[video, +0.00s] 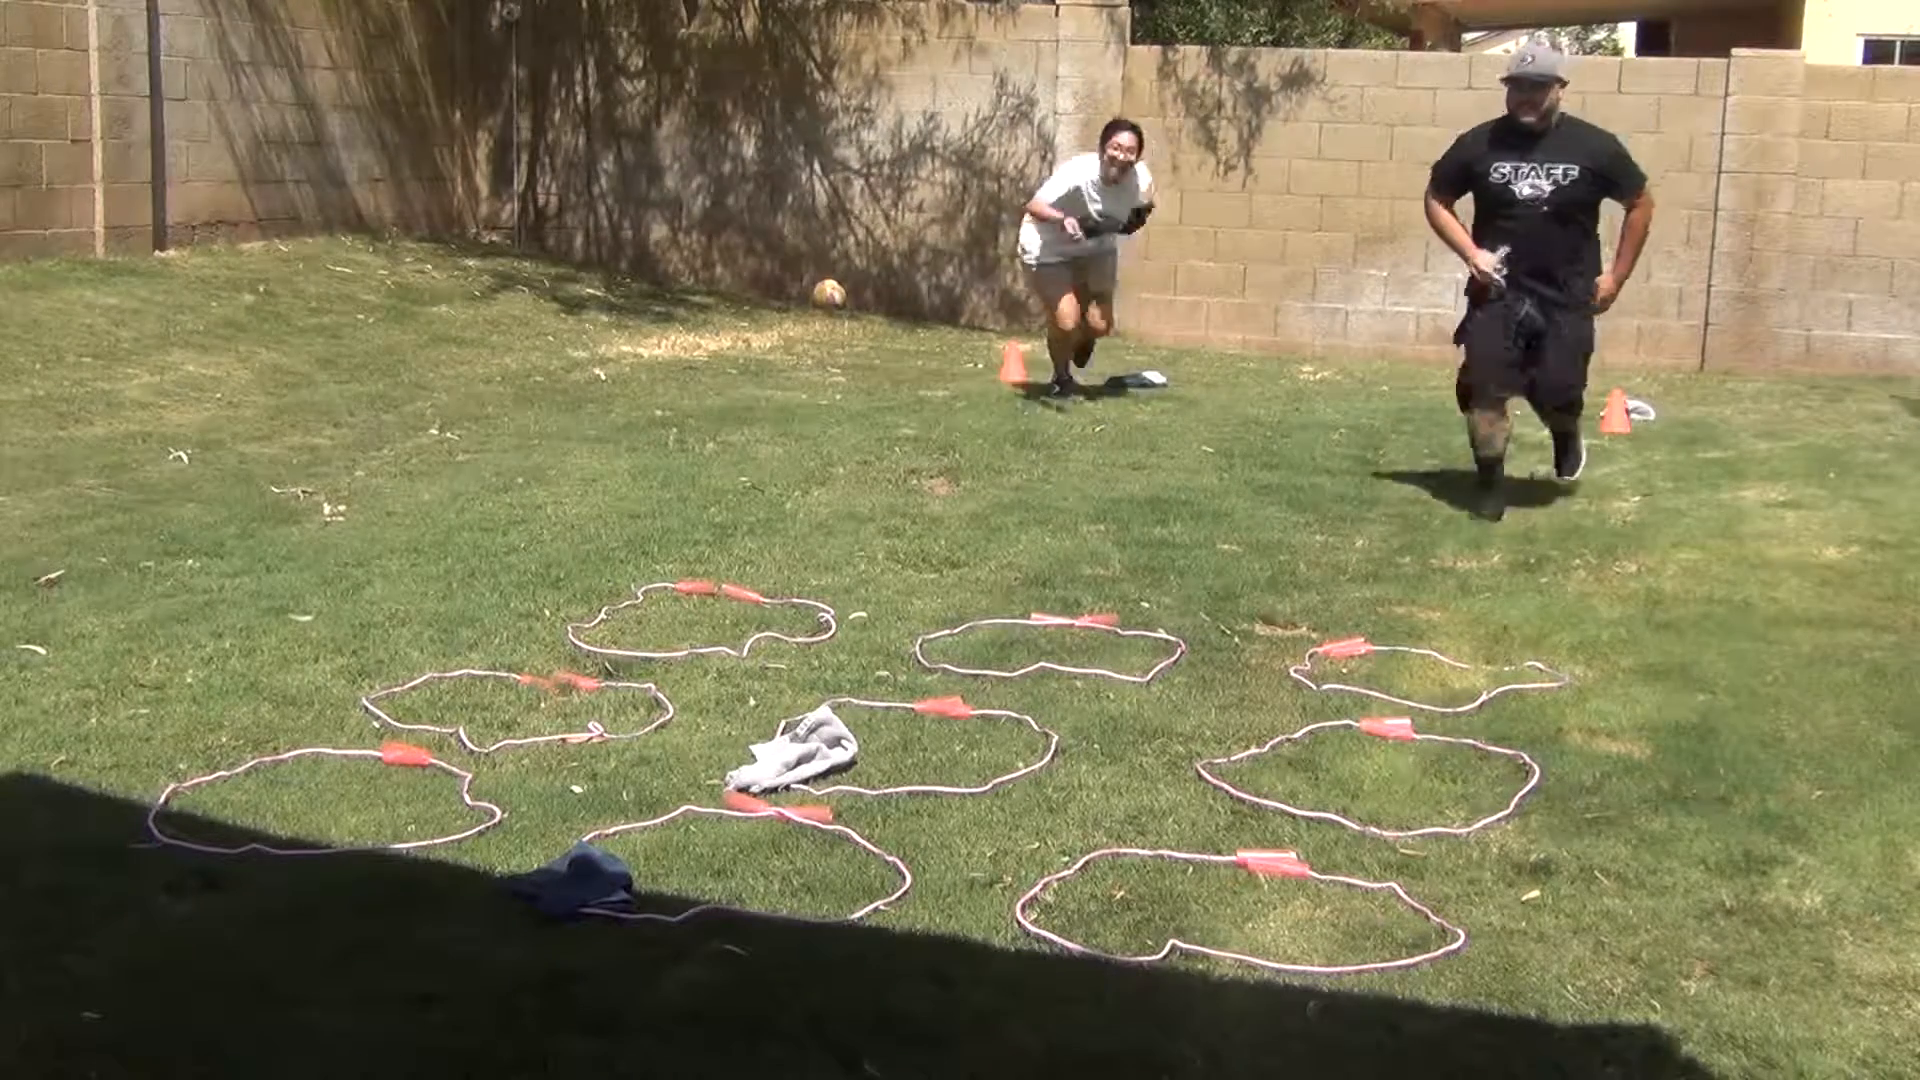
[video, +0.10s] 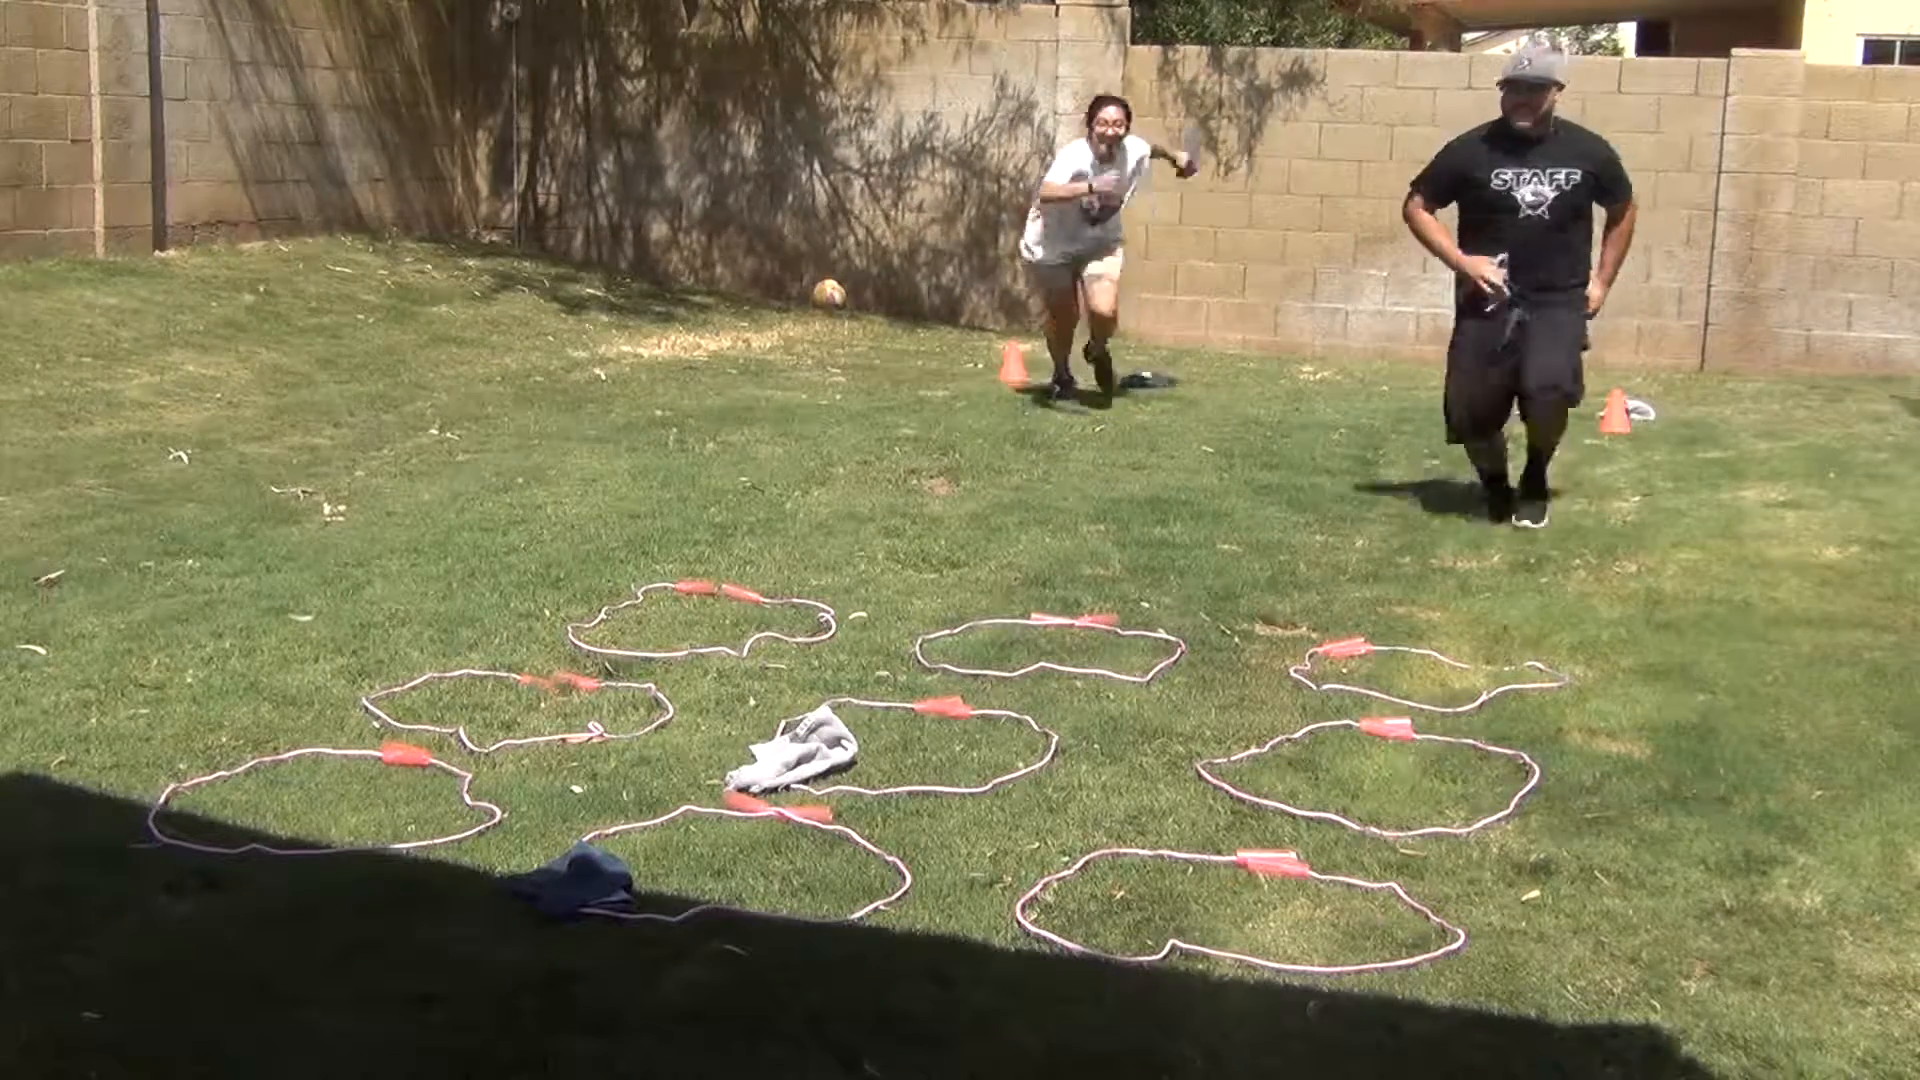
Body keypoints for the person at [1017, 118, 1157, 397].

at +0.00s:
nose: (1121, 157)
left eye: (1129, 152)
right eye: (1116, 148)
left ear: (1137, 157)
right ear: (1102, 149)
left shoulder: (1140, 178)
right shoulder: (1077, 173)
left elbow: (1145, 205)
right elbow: (1033, 206)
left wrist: (1135, 222)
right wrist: (1062, 218)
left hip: (1097, 247)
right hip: (1049, 248)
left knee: (1100, 325)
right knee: (1067, 320)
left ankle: (1084, 338)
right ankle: (1061, 376)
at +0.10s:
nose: (1110, 130)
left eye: (1117, 124)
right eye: (1103, 123)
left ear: (1126, 129)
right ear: (1091, 126)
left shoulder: (1132, 150)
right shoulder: (1074, 154)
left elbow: (1154, 150)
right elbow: (1045, 194)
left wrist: (1176, 159)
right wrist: (1090, 187)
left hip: (1101, 244)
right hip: (1053, 247)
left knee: (1105, 312)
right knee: (1064, 315)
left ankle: (1097, 350)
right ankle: (1061, 373)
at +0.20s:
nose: (1108, 113)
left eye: (1115, 105)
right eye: (1100, 105)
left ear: (1126, 109)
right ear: (1087, 108)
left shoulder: (1138, 134)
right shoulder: (1071, 140)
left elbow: (1165, 153)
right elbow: (1039, 198)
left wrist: (1198, 174)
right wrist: (1080, 198)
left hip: (1106, 231)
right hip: (1058, 236)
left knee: (1104, 306)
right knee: (1057, 313)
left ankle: (1101, 391)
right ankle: (1060, 368)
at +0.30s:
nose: (1103, 110)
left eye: (1111, 103)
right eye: (1096, 103)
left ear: (1123, 108)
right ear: (1084, 107)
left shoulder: (1141, 148)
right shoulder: (1062, 148)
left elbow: (1168, 190)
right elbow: (1032, 204)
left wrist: (1193, 239)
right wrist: (1044, 243)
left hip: (1111, 250)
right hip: (1063, 253)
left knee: (1106, 333)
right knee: (1072, 339)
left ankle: (1093, 408)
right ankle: (1054, 339)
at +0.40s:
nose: (1098, 109)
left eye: (1106, 101)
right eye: (1090, 101)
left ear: (1118, 107)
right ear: (1079, 106)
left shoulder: (1134, 153)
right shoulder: (1052, 145)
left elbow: (1157, 217)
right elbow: (1027, 189)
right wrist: (1024, 230)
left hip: (1109, 260)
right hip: (1055, 253)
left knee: (1108, 342)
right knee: (1073, 333)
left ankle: (1096, 408)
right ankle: (1062, 371)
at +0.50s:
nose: (1089, 98)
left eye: (1097, 90)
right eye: (1080, 89)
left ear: (1109, 96)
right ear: (1068, 94)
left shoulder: (1126, 149)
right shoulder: (1047, 129)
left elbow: (1136, 214)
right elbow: (1025, 173)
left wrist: (1088, 239)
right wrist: (1018, 218)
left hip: (1109, 249)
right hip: (1054, 244)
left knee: (1101, 335)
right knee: (1070, 321)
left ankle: (1102, 398)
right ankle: (1069, 414)